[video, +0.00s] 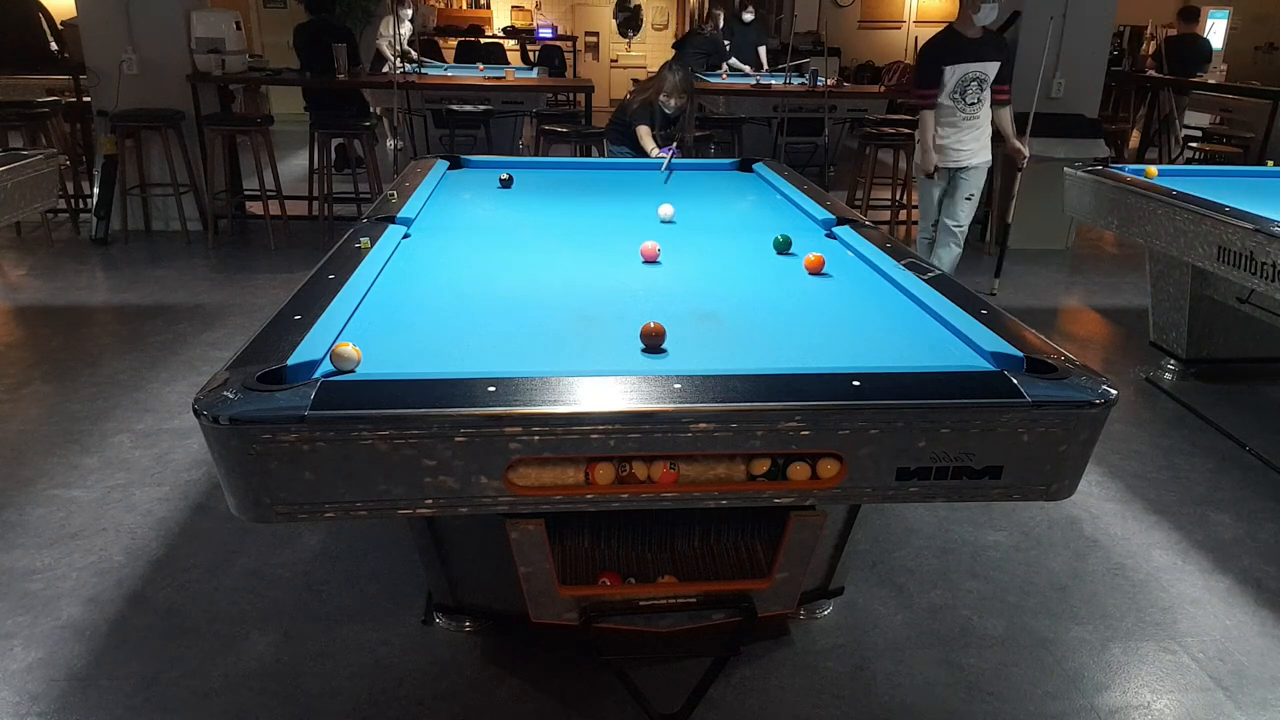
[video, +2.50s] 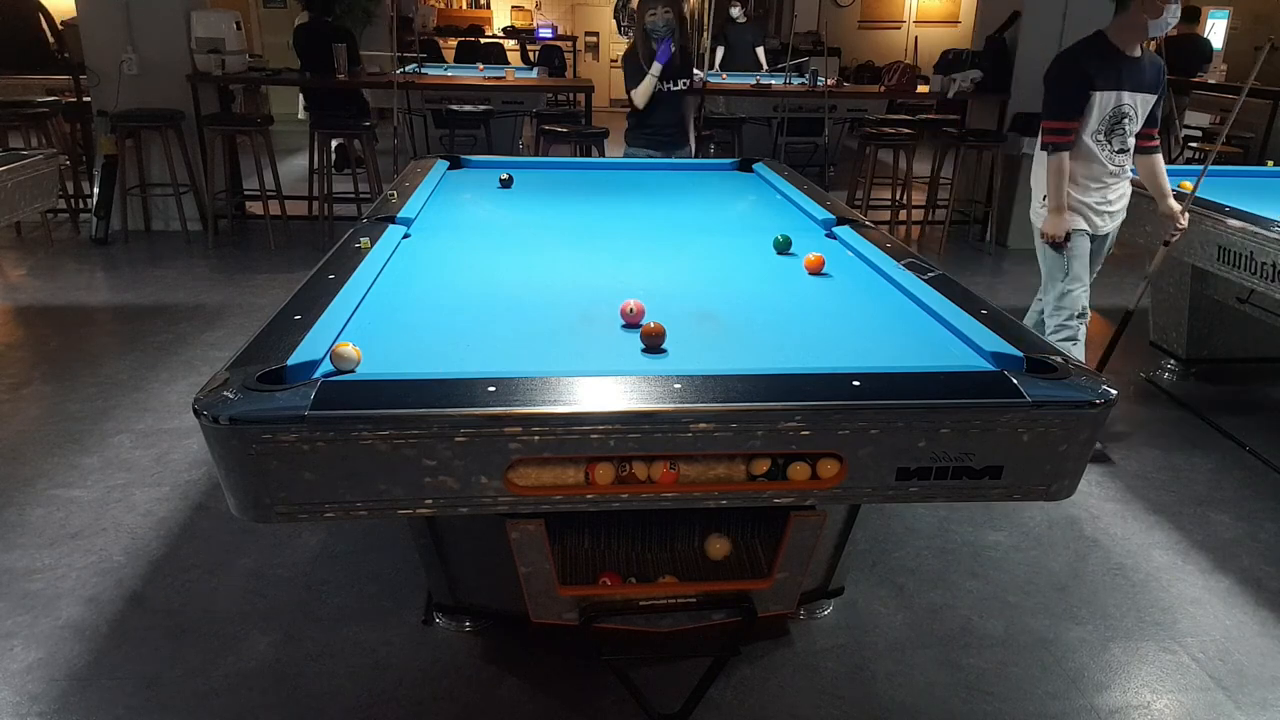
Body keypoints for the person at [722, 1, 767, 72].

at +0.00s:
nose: (749, 16)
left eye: (751, 13)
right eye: (746, 13)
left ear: (755, 13)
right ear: (741, 12)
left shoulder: (757, 25)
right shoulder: (732, 24)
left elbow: (761, 46)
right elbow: (725, 44)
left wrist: (765, 65)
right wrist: (724, 63)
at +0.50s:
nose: (747, 15)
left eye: (750, 12)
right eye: (745, 11)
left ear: (754, 14)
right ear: (740, 12)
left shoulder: (758, 26)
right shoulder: (734, 25)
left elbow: (762, 46)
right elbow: (736, 46)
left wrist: (765, 65)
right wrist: (753, 64)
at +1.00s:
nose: (741, 11)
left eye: (744, 8)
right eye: (739, 8)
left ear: (750, 12)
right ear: (736, 10)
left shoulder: (757, 25)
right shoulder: (732, 26)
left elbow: (762, 45)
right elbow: (738, 45)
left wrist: (765, 65)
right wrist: (751, 63)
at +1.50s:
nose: (736, 11)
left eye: (739, 7)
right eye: (735, 7)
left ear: (747, 10)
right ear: (732, 10)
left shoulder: (756, 25)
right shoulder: (730, 25)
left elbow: (761, 46)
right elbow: (734, 46)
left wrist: (765, 66)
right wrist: (748, 64)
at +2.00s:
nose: (731, 9)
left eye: (734, 6)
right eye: (729, 6)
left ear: (742, 10)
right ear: (727, 9)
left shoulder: (753, 25)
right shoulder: (726, 26)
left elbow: (758, 46)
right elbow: (724, 43)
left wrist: (764, 65)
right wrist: (728, 54)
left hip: (752, 70)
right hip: (733, 70)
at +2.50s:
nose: (732, 10)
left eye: (736, 7)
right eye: (731, 7)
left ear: (743, 9)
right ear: (728, 9)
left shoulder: (753, 26)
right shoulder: (726, 26)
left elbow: (759, 47)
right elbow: (721, 47)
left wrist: (765, 66)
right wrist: (716, 65)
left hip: (750, 72)